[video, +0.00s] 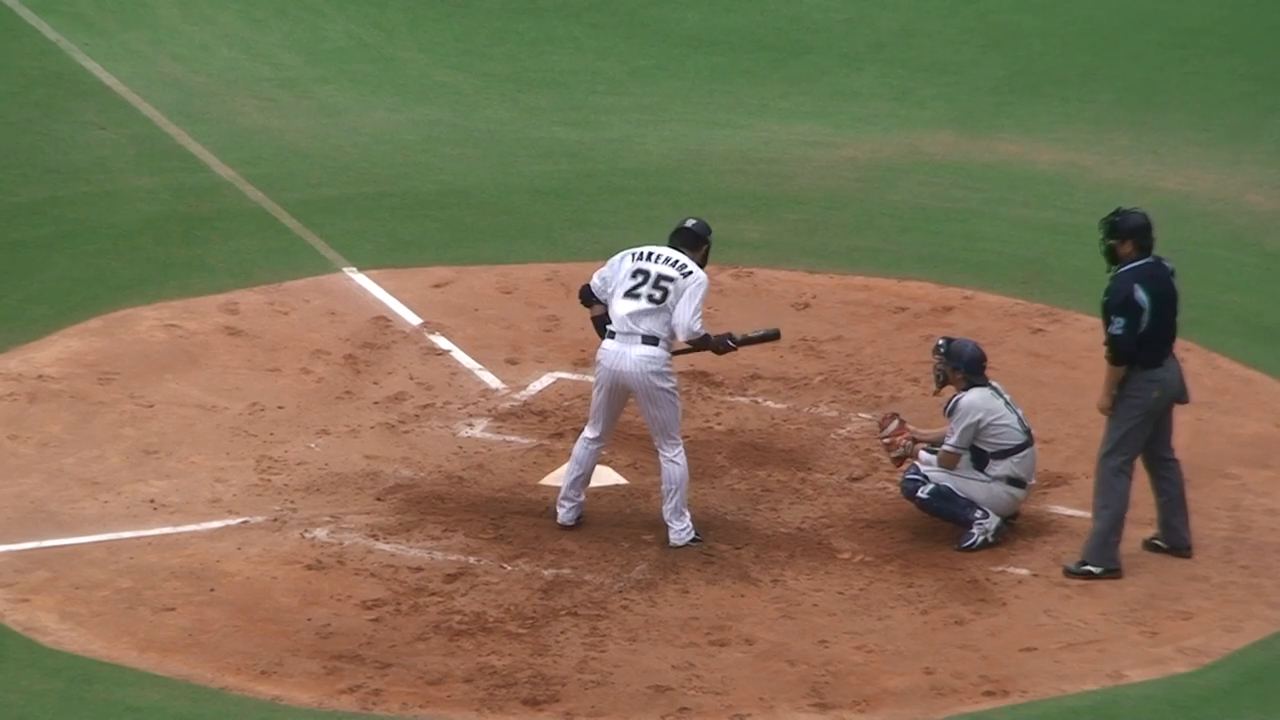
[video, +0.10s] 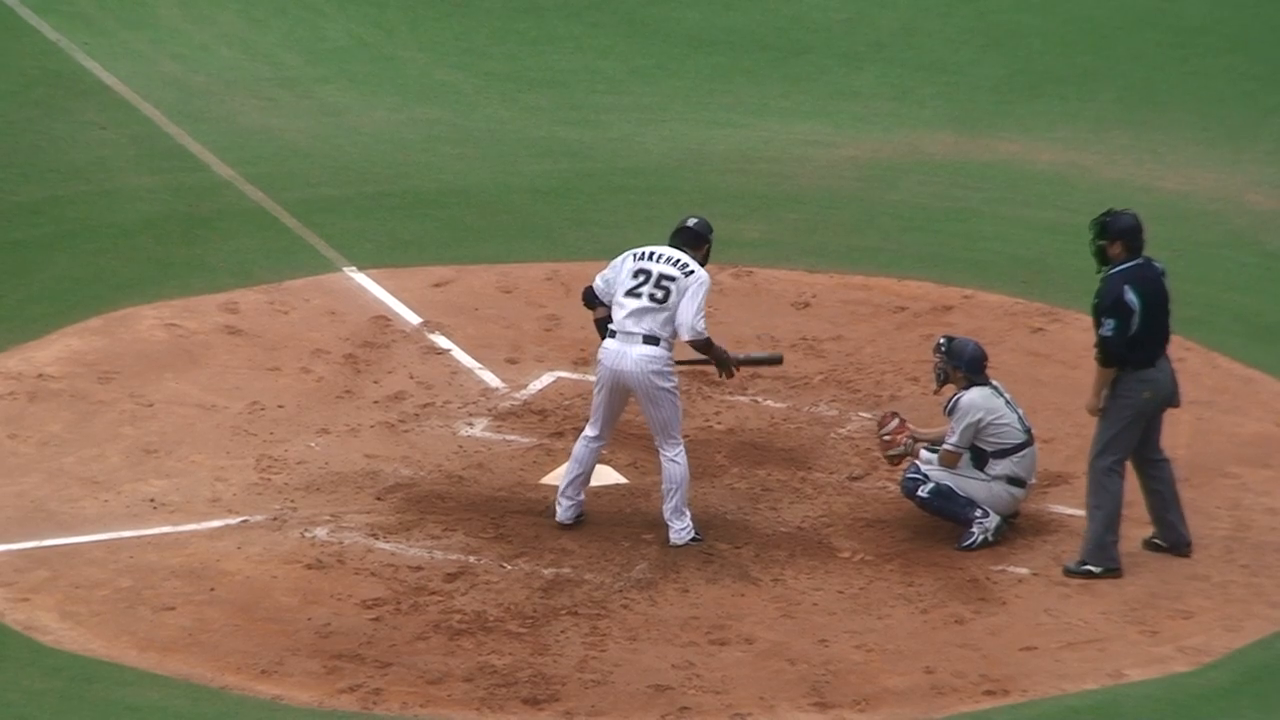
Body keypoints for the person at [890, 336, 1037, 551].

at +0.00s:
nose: (938, 367)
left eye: (943, 364)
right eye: (939, 362)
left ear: (958, 373)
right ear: (971, 372)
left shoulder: (969, 403)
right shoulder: (991, 388)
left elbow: (947, 463)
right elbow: (957, 435)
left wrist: (914, 451)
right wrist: (915, 434)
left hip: (1003, 493)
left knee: (914, 479)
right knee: (932, 453)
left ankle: (982, 520)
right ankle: (1003, 508)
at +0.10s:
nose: (939, 366)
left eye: (944, 363)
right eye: (940, 361)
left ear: (959, 371)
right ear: (971, 370)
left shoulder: (970, 402)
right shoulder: (990, 387)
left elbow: (948, 462)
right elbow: (959, 433)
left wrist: (913, 449)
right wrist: (918, 434)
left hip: (1003, 492)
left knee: (914, 478)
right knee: (929, 452)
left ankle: (983, 519)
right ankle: (1002, 506)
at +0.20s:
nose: (940, 365)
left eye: (945, 362)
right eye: (941, 360)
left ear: (960, 370)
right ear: (972, 370)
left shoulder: (970, 402)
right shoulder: (992, 387)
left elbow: (949, 461)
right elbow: (961, 433)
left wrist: (913, 449)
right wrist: (918, 432)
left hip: (1004, 492)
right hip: (1017, 482)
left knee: (914, 478)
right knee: (931, 451)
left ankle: (983, 519)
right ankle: (1003, 506)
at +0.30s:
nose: (940, 365)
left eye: (945, 361)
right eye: (941, 360)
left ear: (961, 370)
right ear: (969, 371)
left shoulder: (970, 402)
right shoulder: (992, 387)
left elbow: (948, 461)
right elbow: (960, 433)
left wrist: (910, 449)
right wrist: (915, 433)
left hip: (1004, 492)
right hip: (1016, 482)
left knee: (914, 478)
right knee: (930, 452)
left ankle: (983, 519)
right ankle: (1003, 506)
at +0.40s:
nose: (940, 365)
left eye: (946, 362)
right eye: (942, 360)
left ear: (960, 371)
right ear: (976, 369)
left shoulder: (969, 402)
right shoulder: (992, 387)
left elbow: (948, 462)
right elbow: (960, 434)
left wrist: (911, 450)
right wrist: (918, 434)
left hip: (1003, 492)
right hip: (1017, 482)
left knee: (914, 478)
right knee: (931, 451)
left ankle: (982, 518)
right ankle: (1004, 506)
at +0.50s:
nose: (940, 366)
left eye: (945, 362)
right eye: (942, 361)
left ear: (960, 371)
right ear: (973, 370)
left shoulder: (969, 402)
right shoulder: (992, 387)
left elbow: (948, 462)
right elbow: (961, 433)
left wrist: (912, 452)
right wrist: (920, 435)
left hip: (1004, 492)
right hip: (1018, 482)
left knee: (914, 478)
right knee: (929, 451)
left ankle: (983, 519)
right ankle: (1002, 506)